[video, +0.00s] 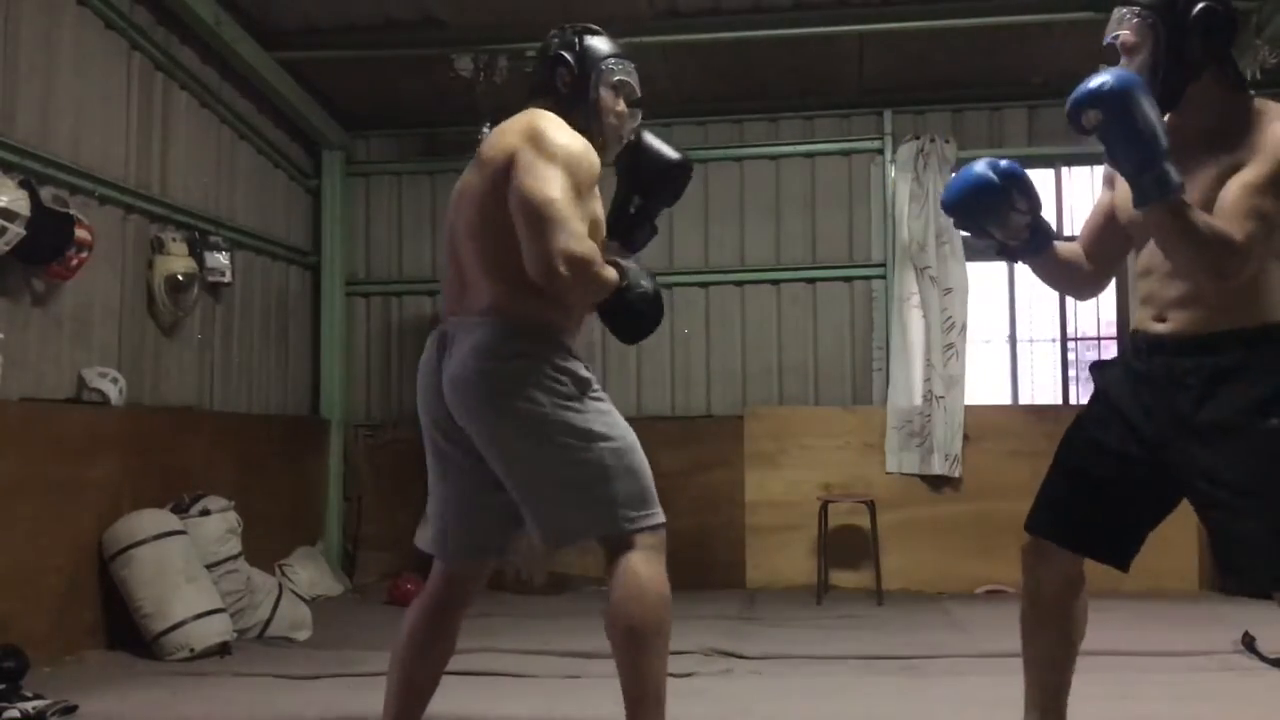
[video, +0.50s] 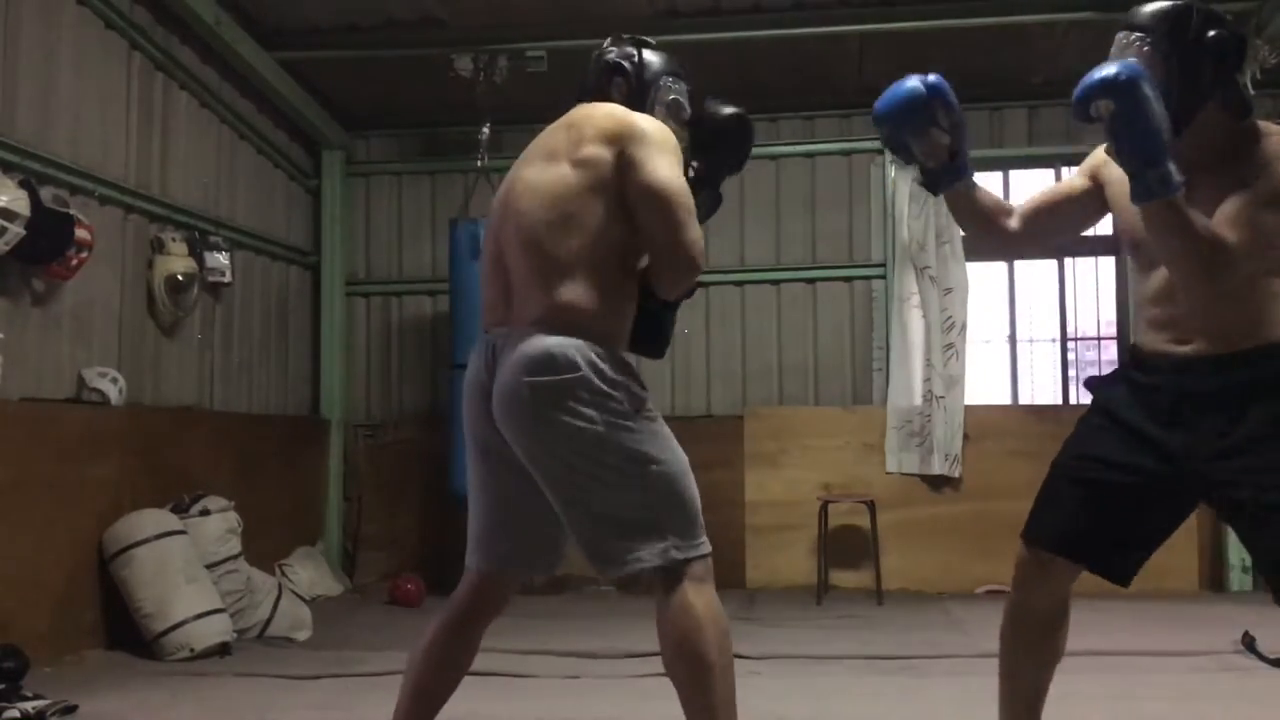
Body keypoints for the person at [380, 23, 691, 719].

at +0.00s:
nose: (632, 111)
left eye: (634, 96)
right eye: (621, 92)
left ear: (558, 88)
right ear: (575, 84)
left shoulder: (503, 146)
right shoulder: (552, 136)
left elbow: (568, 280)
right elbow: (561, 259)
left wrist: (628, 224)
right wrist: (620, 280)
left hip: (450, 368)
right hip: (519, 367)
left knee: (457, 569)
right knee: (640, 536)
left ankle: (398, 714)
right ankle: (647, 715)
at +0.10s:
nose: (635, 101)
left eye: (637, 86)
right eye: (625, 83)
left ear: (558, 81)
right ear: (582, 78)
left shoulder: (502, 140)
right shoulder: (565, 129)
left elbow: (521, 268)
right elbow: (574, 244)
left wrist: (628, 224)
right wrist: (618, 293)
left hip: (453, 363)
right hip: (526, 364)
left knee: (454, 568)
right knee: (653, 531)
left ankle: (399, 713)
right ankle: (687, 711)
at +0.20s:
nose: (645, 97)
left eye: (646, 81)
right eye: (633, 79)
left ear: (566, 77)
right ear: (588, 73)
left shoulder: (512, 140)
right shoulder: (581, 129)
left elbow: (535, 269)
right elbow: (609, 258)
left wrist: (638, 208)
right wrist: (646, 287)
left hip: (471, 368)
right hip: (547, 367)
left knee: (462, 574)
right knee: (661, 549)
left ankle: (402, 714)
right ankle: (721, 713)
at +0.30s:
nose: (654, 116)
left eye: (655, 100)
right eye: (649, 97)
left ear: (580, 84)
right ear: (618, 86)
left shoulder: (520, 149)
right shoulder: (606, 134)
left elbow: (537, 277)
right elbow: (653, 272)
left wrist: (627, 311)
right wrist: (659, 298)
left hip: (495, 379)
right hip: (571, 377)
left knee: (486, 586)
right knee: (675, 572)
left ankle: (411, 714)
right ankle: (713, 713)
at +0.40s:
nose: (668, 127)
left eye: (670, 118)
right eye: (667, 115)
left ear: (598, 94)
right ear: (646, 102)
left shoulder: (532, 157)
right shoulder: (634, 131)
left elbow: (533, 280)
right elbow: (689, 250)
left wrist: (627, 308)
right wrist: (659, 289)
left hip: (494, 379)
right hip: (572, 378)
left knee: (488, 584)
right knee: (691, 568)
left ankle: (410, 714)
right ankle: (718, 716)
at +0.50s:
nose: (676, 119)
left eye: (679, 110)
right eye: (674, 107)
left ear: (605, 86)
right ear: (648, 93)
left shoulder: (546, 145)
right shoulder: (641, 130)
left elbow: (568, 264)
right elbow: (680, 266)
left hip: (492, 375)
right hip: (571, 375)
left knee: (485, 584)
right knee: (685, 568)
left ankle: (407, 715)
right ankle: (716, 714)